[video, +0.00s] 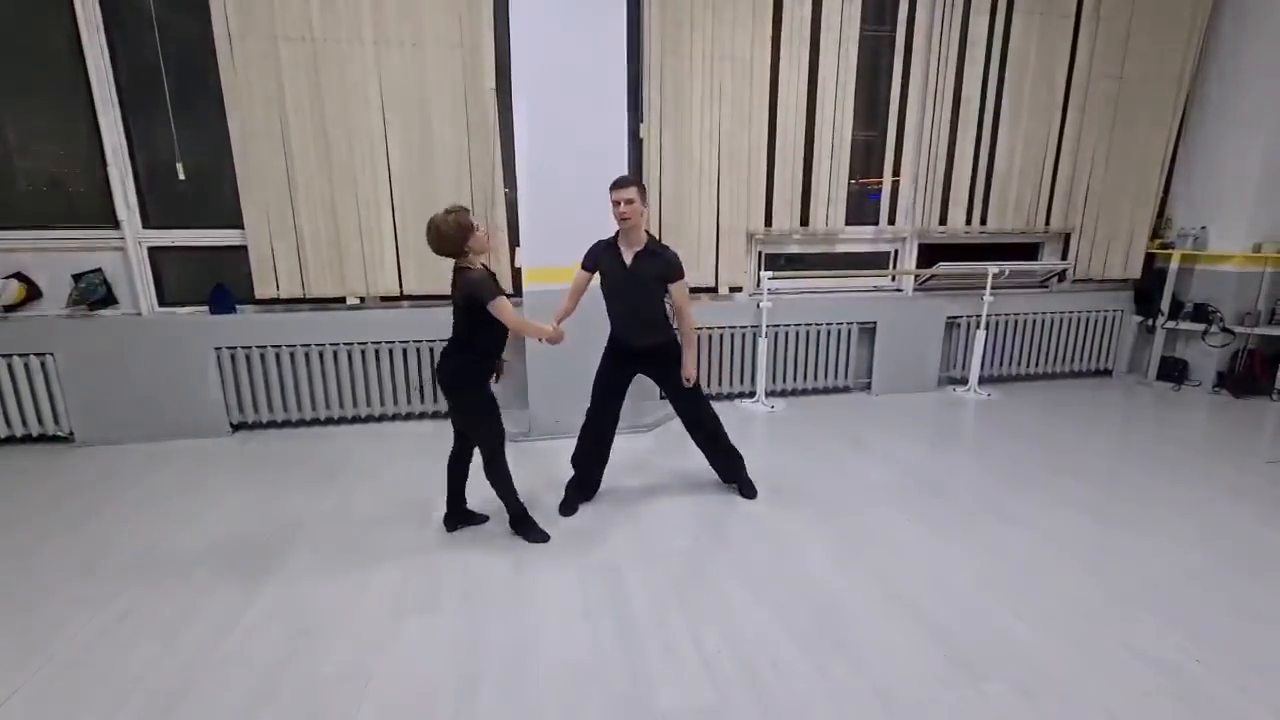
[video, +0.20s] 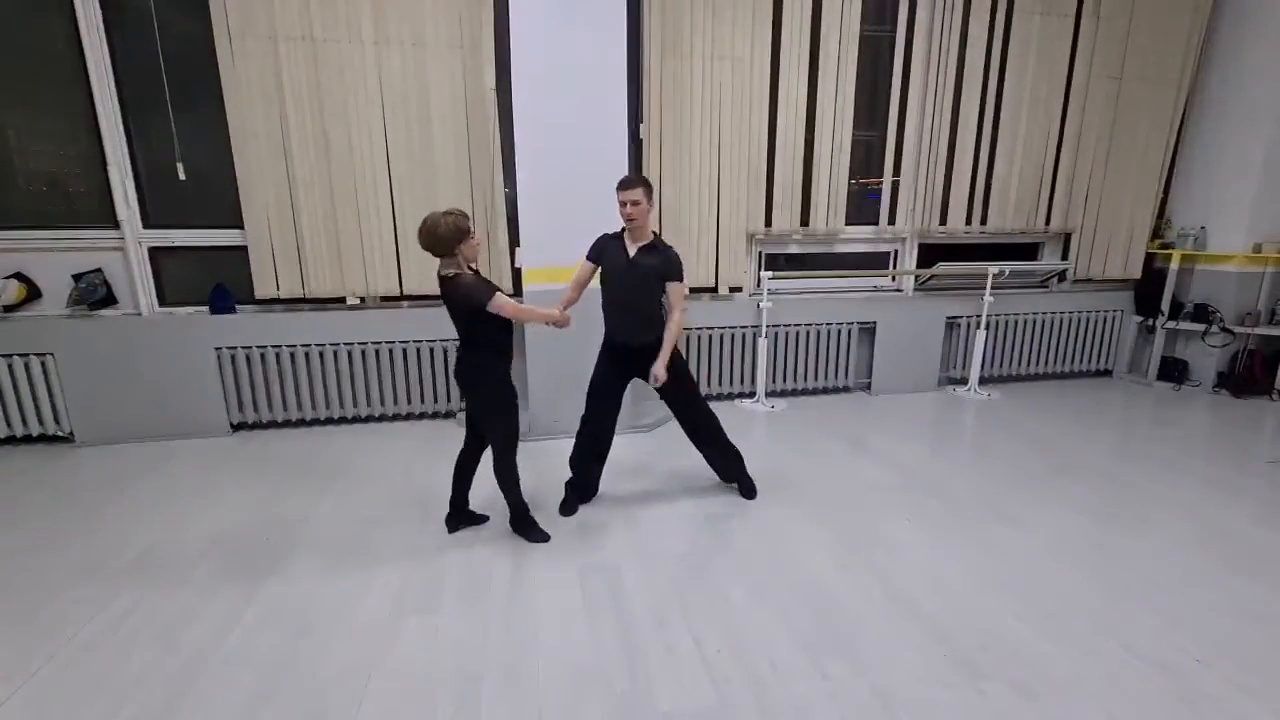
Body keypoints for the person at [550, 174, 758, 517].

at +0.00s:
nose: (622, 209)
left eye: (629, 202)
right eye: (616, 204)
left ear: (644, 207)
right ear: (612, 209)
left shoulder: (664, 257)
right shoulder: (600, 253)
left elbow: (683, 312)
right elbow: (573, 298)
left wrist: (690, 359)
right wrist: (555, 323)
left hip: (662, 349)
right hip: (620, 350)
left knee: (696, 411)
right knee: (599, 415)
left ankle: (735, 473)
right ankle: (580, 486)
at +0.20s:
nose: (628, 211)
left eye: (635, 204)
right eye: (623, 205)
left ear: (651, 205)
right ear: (618, 207)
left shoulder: (666, 257)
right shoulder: (605, 246)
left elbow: (676, 313)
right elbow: (577, 286)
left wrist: (662, 361)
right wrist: (561, 309)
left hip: (657, 349)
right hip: (616, 350)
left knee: (695, 413)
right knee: (595, 418)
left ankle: (736, 471)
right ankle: (579, 488)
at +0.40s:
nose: (639, 221)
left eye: (646, 214)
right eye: (633, 214)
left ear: (659, 217)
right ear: (627, 215)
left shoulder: (664, 272)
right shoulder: (610, 242)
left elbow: (660, 328)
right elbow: (569, 264)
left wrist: (622, 346)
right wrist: (550, 290)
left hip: (657, 355)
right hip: (614, 357)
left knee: (697, 414)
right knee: (597, 427)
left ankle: (741, 472)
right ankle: (578, 490)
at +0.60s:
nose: (650, 221)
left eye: (656, 215)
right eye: (643, 215)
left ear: (667, 219)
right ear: (634, 219)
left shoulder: (678, 270)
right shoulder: (617, 250)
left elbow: (687, 324)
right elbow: (564, 248)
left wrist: (646, 332)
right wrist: (541, 286)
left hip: (655, 358)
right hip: (615, 357)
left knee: (699, 418)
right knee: (597, 427)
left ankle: (711, 478)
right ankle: (577, 492)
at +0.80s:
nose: (655, 221)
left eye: (661, 214)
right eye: (648, 215)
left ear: (671, 218)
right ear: (639, 221)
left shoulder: (696, 260)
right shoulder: (631, 263)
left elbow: (711, 294)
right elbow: (584, 288)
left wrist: (696, 326)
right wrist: (559, 312)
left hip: (674, 359)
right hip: (634, 356)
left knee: (701, 431)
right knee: (593, 418)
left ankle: (694, 478)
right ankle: (539, 471)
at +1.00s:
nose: (645, 219)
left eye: (651, 213)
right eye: (637, 214)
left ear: (660, 216)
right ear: (628, 220)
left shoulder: (674, 253)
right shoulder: (623, 262)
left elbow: (670, 295)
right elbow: (580, 290)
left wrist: (682, 323)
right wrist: (534, 298)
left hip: (678, 353)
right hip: (641, 354)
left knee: (699, 426)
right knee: (601, 416)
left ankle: (694, 478)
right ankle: (547, 476)